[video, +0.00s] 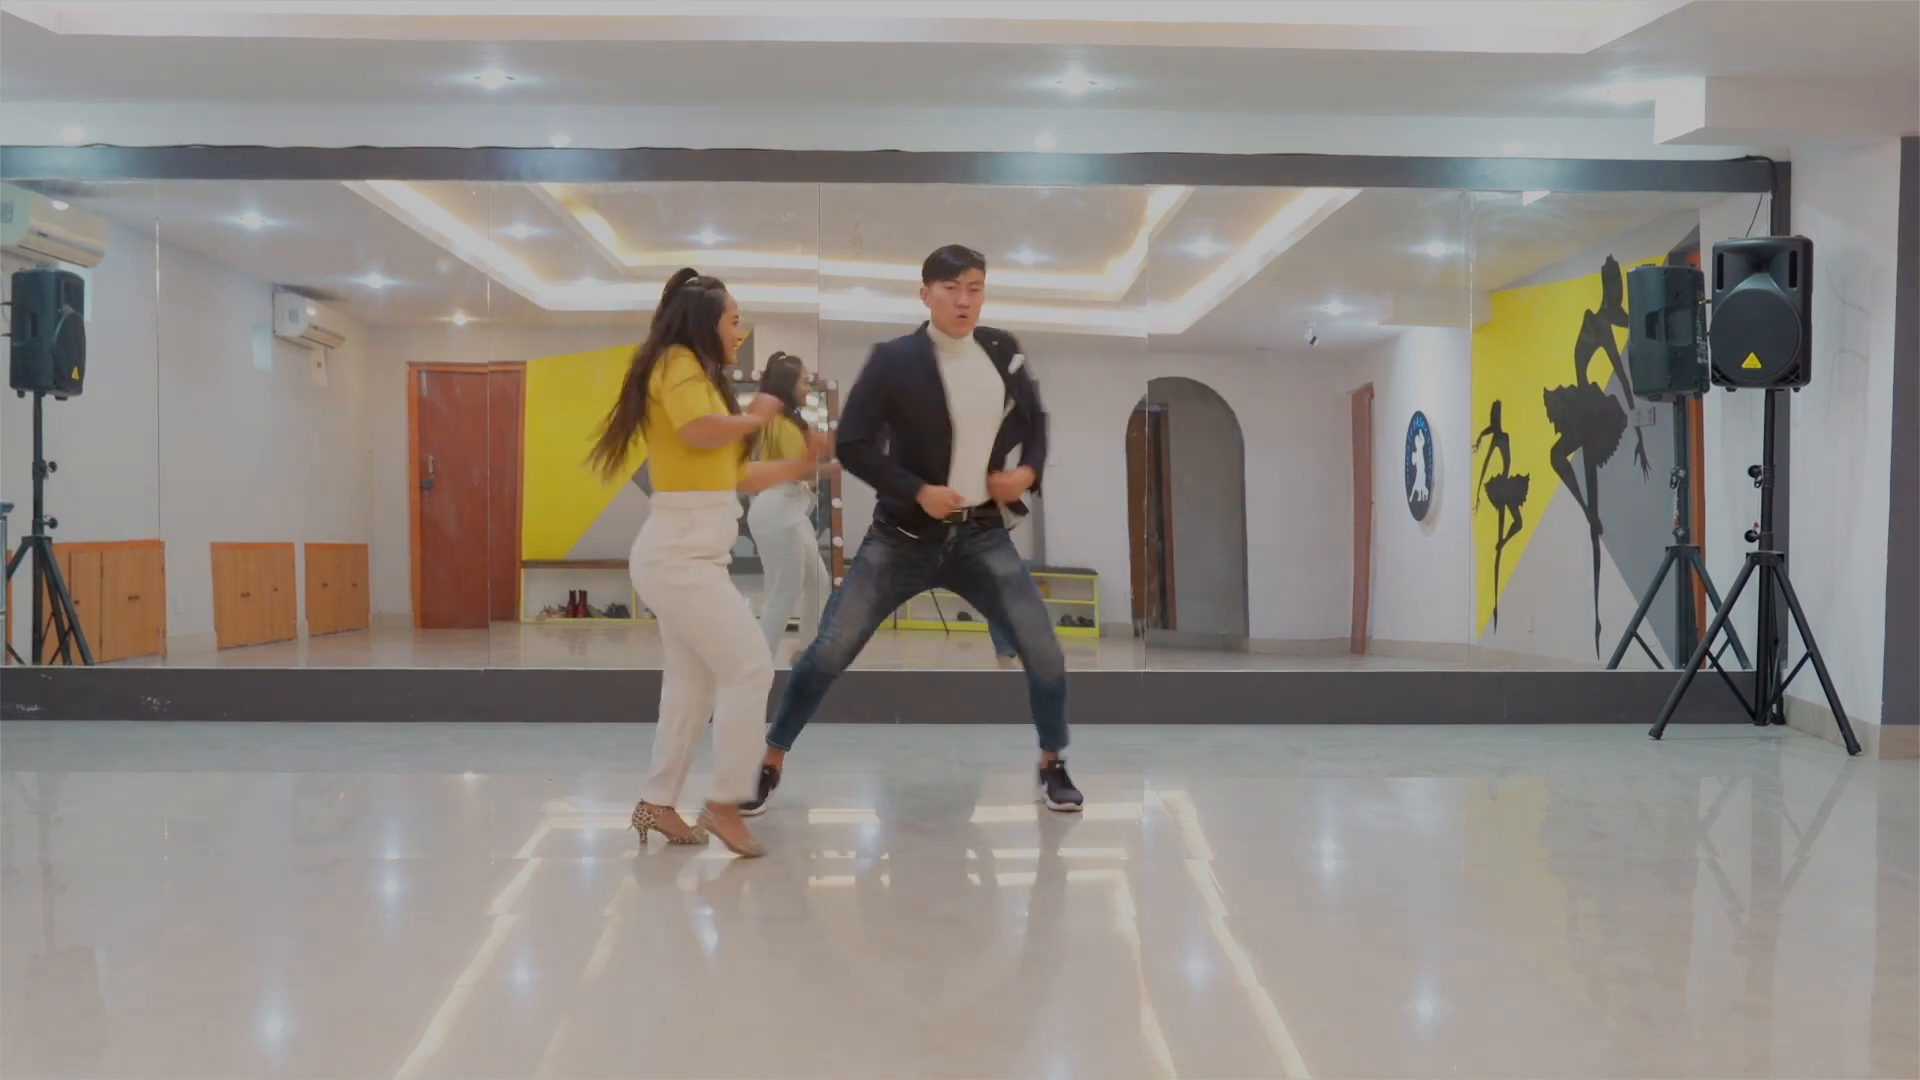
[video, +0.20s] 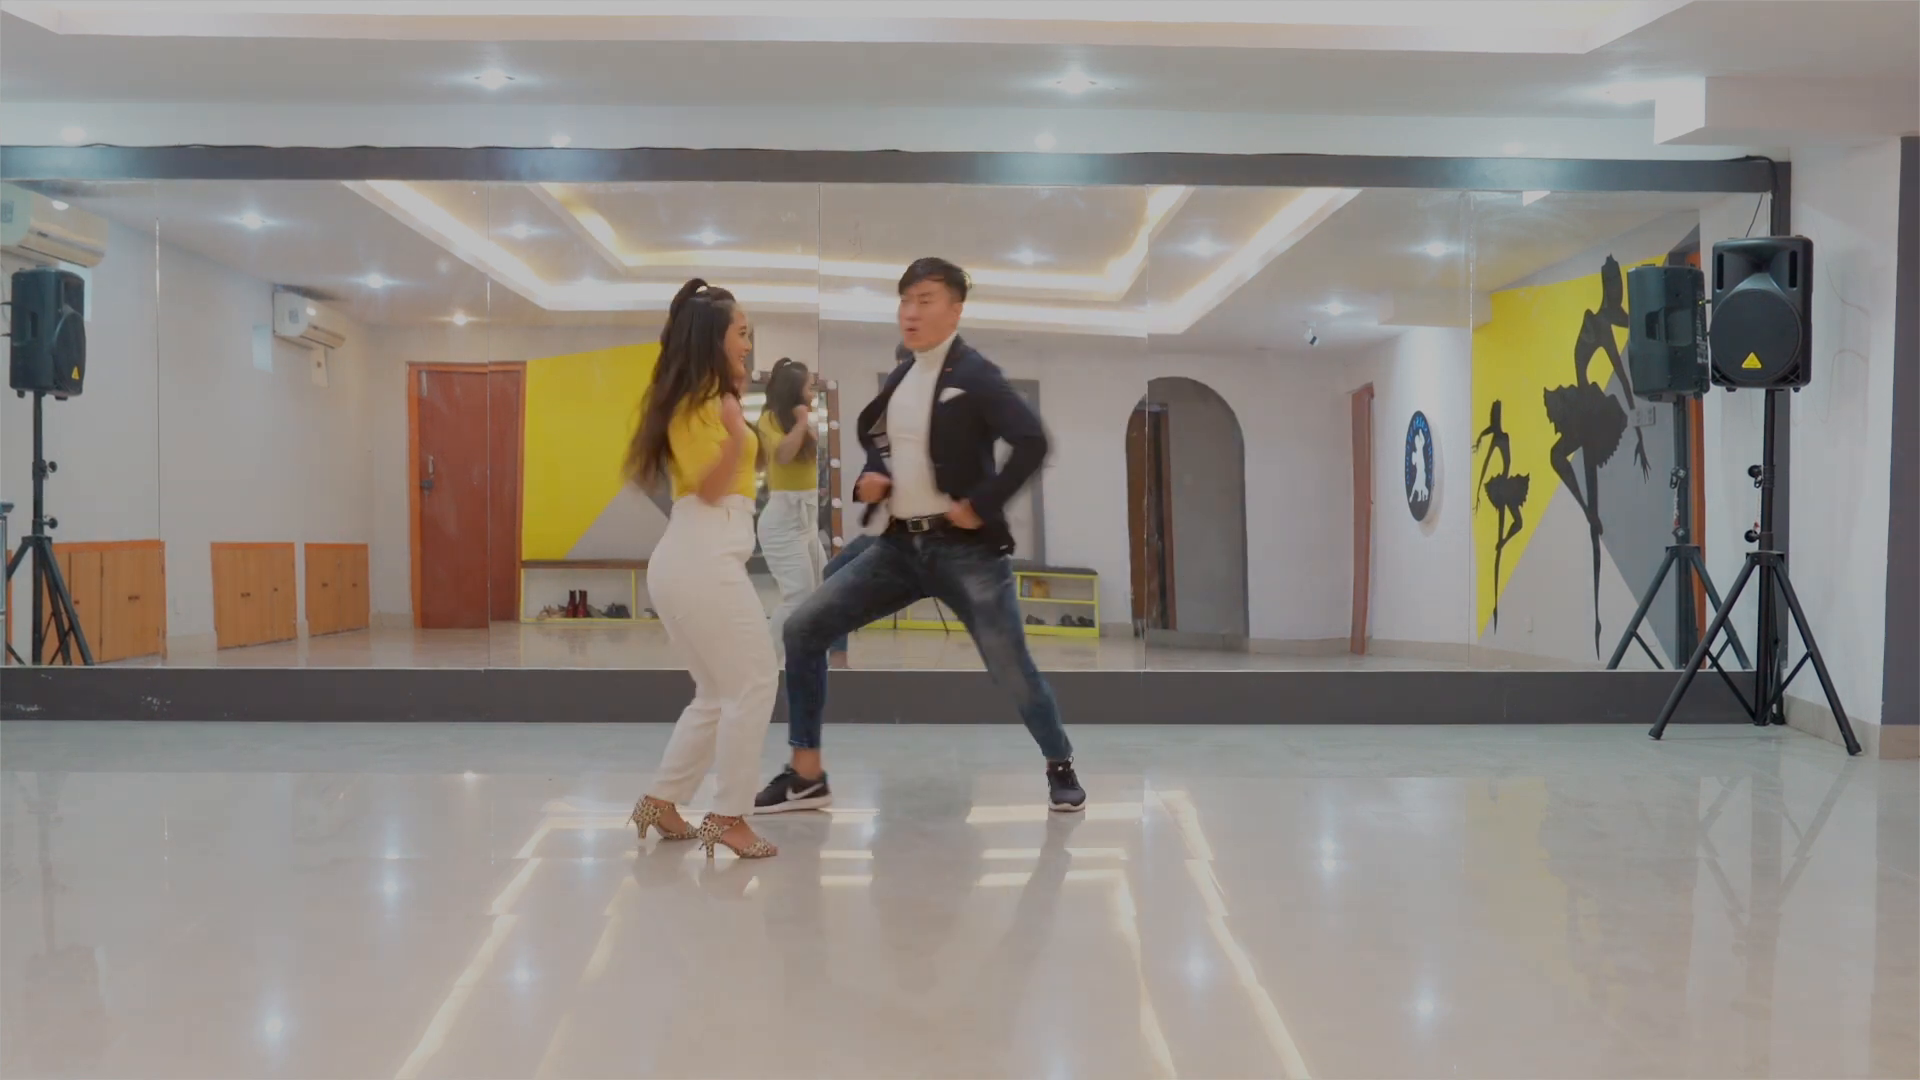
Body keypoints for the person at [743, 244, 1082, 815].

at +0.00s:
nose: (964, 301)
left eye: (974, 290)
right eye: (951, 289)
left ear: (984, 295)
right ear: (926, 294)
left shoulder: (1002, 351)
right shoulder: (891, 361)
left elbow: (1034, 417)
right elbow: (852, 446)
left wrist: (1027, 471)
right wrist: (917, 490)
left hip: (983, 537)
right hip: (901, 538)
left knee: (1045, 651)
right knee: (829, 653)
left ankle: (1053, 763)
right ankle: (771, 757)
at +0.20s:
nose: (911, 311)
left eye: (926, 301)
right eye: (906, 300)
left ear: (957, 310)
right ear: (898, 309)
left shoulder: (976, 375)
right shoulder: (897, 379)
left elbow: (1033, 443)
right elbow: (874, 437)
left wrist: (982, 503)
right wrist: (873, 473)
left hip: (967, 549)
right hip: (899, 545)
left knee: (1010, 667)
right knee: (802, 627)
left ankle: (1059, 763)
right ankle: (806, 770)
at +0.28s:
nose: (886, 311)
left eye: (901, 300)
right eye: (885, 300)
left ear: (936, 310)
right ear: (886, 306)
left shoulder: (952, 368)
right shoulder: (893, 375)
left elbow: (982, 427)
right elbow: (881, 448)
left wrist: (925, 485)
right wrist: (862, 485)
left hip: (949, 551)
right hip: (887, 549)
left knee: (1000, 666)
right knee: (793, 631)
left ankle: (1063, 760)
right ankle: (813, 772)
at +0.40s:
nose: (856, 302)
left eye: (871, 294)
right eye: (855, 291)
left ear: (906, 303)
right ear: (855, 296)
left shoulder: (918, 353)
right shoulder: (866, 363)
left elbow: (932, 412)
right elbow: (864, 439)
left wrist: (856, 443)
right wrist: (830, 488)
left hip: (917, 541)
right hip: (860, 537)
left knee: (958, 667)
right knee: (782, 636)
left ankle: (1055, 738)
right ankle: (811, 774)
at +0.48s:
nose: (839, 304)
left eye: (854, 296)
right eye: (838, 292)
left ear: (890, 304)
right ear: (835, 293)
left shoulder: (909, 355)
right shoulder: (837, 359)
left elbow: (920, 410)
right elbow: (835, 438)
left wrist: (833, 435)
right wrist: (800, 493)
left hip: (907, 533)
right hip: (850, 533)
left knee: (916, 663)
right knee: (779, 641)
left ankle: (1008, 741)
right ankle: (811, 775)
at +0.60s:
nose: (824, 312)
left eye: (838, 305)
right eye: (824, 301)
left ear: (877, 315)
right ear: (825, 301)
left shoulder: (904, 363)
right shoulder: (812, 358)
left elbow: (903, 423)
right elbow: (792, 445)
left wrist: (808, 419)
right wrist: (752, 518)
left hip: (902, 535)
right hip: (844, 537)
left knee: (867, 638)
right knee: (771, 644)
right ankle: (811, 776)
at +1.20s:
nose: (806, 312)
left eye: (820, 303)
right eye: (806, 300)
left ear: (860, 311)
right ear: (805, 304)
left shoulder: (903, 365)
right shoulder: (789, 360)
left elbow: (964, 439)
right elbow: (720, 393)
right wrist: (648, 402)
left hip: (905, 524)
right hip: (838, 529)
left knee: (892, 636)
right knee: (771, 636)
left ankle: (901, 776)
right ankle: (806, 771)